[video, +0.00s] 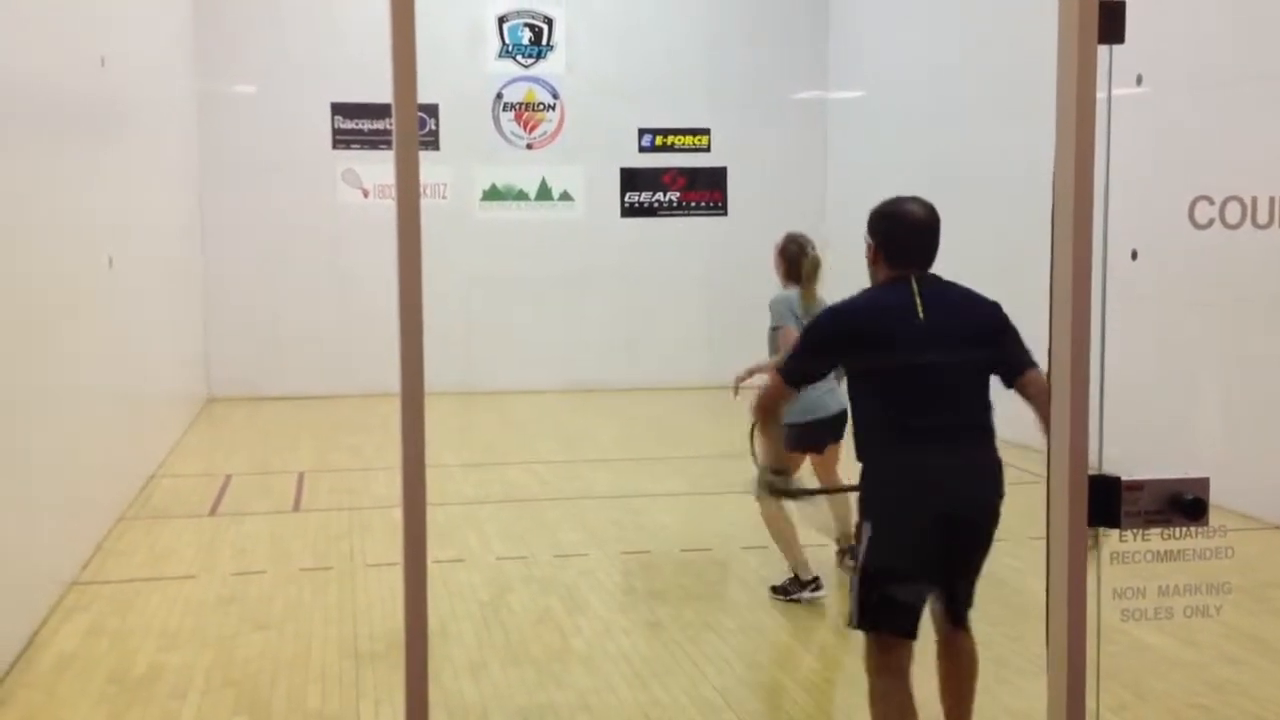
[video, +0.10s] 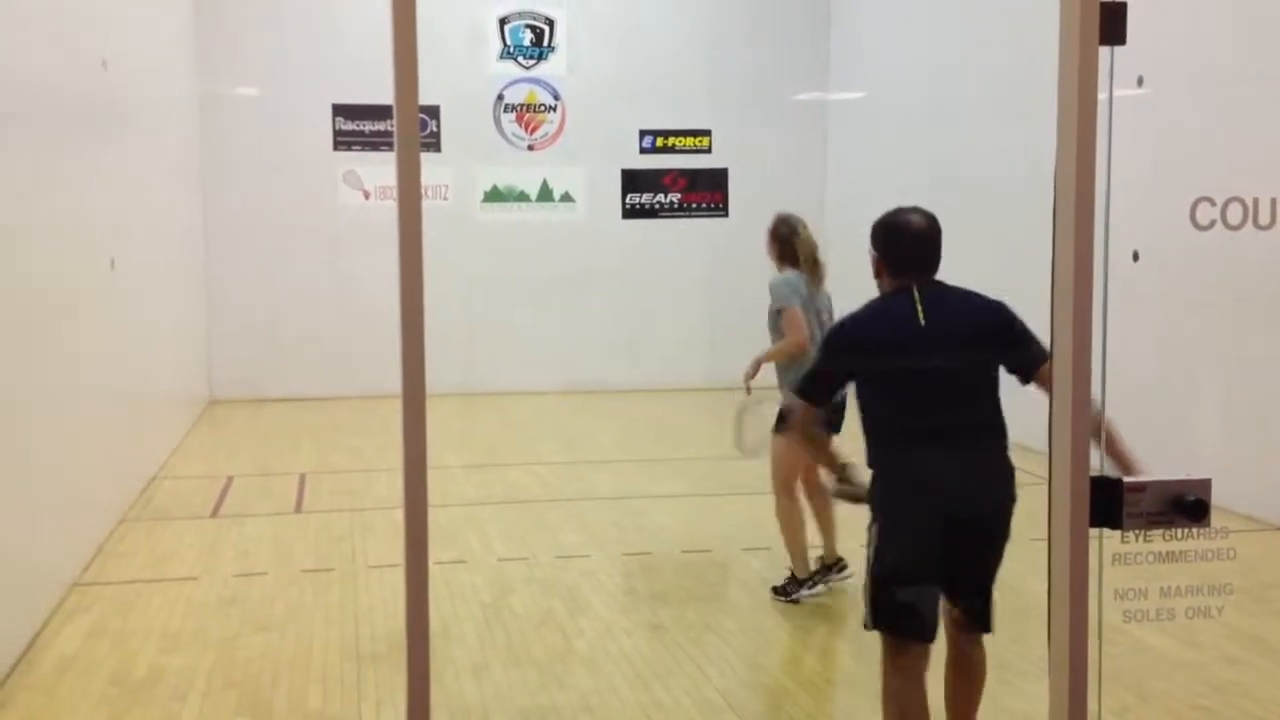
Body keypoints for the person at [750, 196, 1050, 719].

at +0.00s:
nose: (866, 250)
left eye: (867, 244)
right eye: (869, 243)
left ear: (873, 251)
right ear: (933, 251)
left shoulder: (848, 320)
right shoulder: (980, 312)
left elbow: (769, 400)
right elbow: (1044, 396)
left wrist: (772, 446)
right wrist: (1078, 465)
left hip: (899, 499)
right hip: (976, 494)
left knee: (889, 659)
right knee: (954, 618)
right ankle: (958, 716)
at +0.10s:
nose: (871, 261)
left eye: (872, 255)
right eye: (876, 253)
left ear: (878, 263)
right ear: (937, 260)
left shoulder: (856, 331)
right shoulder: (985, 315)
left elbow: (804, 422)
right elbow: (1063, 385)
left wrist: (836, 465)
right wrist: (1121, 458)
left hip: (908, 505)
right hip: (986, 499)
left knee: (904, 654)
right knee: (967, 630)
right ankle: (962, 719)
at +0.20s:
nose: (881, 266)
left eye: (882, 259)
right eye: (886, 258)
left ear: (889, 267)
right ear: (946, 261)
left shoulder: (874, 335)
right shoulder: (997, 311)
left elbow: (844, 434)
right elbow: (1090, 374)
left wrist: (896, 465)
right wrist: (1165, 445)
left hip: (922, 498)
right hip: (1000, 493)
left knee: (909, 645)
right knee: (977, 635)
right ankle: (965, 719)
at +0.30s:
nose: (897, 267)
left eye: (897, 260)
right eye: (901, 258)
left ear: (903, 266)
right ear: (958, 258)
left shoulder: (892, 334)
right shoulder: (1010, 303)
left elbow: (875, 434)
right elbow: (1106, 352)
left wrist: (923, 456)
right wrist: (1184, 420)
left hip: (937, 490)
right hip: (1012, 486)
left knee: (920, 627)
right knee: (985, 633)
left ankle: (906, 712)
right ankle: (968, 715)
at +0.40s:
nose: (913, 261)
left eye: (913, 254)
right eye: (917, 253)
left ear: (920, 260)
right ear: (972, 252)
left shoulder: (907, 327)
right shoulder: (1023, 294)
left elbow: (895, 428)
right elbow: (1120, 340)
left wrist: (936, 448)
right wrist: (1188, 402)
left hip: (952, 490)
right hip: (1019, 487)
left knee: (951, 605)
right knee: (988, 634)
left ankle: (922, 709)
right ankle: (966, 719)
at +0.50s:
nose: (933, 260)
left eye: (932, 253)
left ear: (936, 257)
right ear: (990, 249)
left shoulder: (926, 324)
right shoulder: (1044, 293)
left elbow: (909, 426)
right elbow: (1137, 341)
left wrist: (948, 448)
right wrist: (1179, 394)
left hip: (982, 495)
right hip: (1053, 486)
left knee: (987, 624)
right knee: (987, 620)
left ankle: (971, 712)